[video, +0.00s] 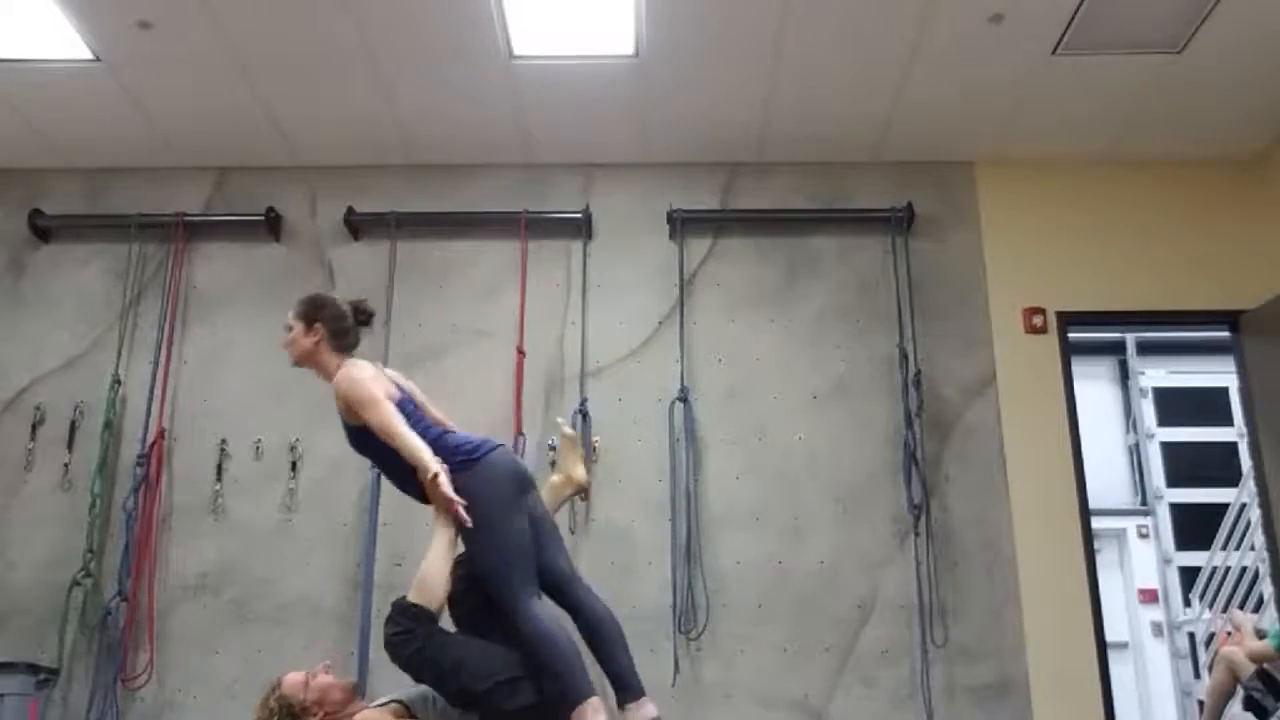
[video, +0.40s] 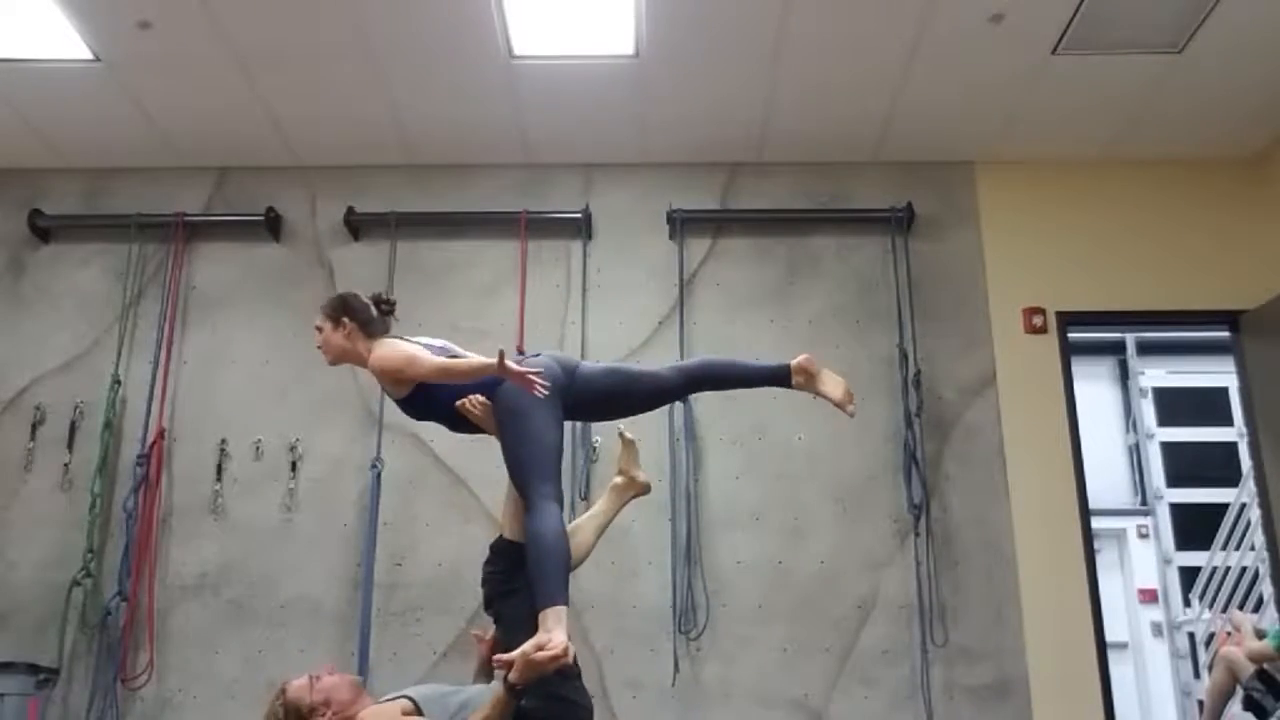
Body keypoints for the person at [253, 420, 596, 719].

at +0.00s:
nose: (325, 667)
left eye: (311, 671)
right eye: (313, 680)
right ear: (317, 714)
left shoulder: (373, 707)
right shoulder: (371, 716)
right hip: (531, 701)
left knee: (469, 583)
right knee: (405, 631)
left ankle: (563, 484)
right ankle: (447, 523)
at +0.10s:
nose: (317, 676)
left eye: (305, 678)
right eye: (306, 689)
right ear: (314, 716)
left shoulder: (374, 705)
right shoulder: (372, 716)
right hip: (518, 695)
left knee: (472, 581)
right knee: (420, 617)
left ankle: (555, 489)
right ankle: (441, 495)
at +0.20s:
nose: (313, 682)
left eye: (301, 684)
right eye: (303, 695)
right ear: (314, 718)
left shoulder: (377, 707)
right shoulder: (374, 716)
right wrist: (520, 699)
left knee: (497, 572)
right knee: (443, 593)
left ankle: (576, 488)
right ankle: (452, 469)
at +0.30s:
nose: (319, 678)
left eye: (309, 680)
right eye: (309, 691)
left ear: (328, 690)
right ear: (322, 716)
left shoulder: (382, 704)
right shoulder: (375, 716)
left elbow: (462, 710)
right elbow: (473, 717)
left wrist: (476, 667)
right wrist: (502, 683)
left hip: (528, 697)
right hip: (536, 707)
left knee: (528, 560)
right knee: (489, 571)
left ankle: (608, 484)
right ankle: (493, 444)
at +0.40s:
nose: (326, 673)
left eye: (315, 674)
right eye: (317, 685)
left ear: (333, 694)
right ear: (329, 712)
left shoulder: (384, 702)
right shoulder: (383, 715)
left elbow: (467, 708)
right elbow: (480, 716)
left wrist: (485, 672)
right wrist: (512, 684)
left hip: (522, 689)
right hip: (540, 703)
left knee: (534, 563)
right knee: (507, 568)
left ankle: (621, 492)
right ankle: (522, 443)